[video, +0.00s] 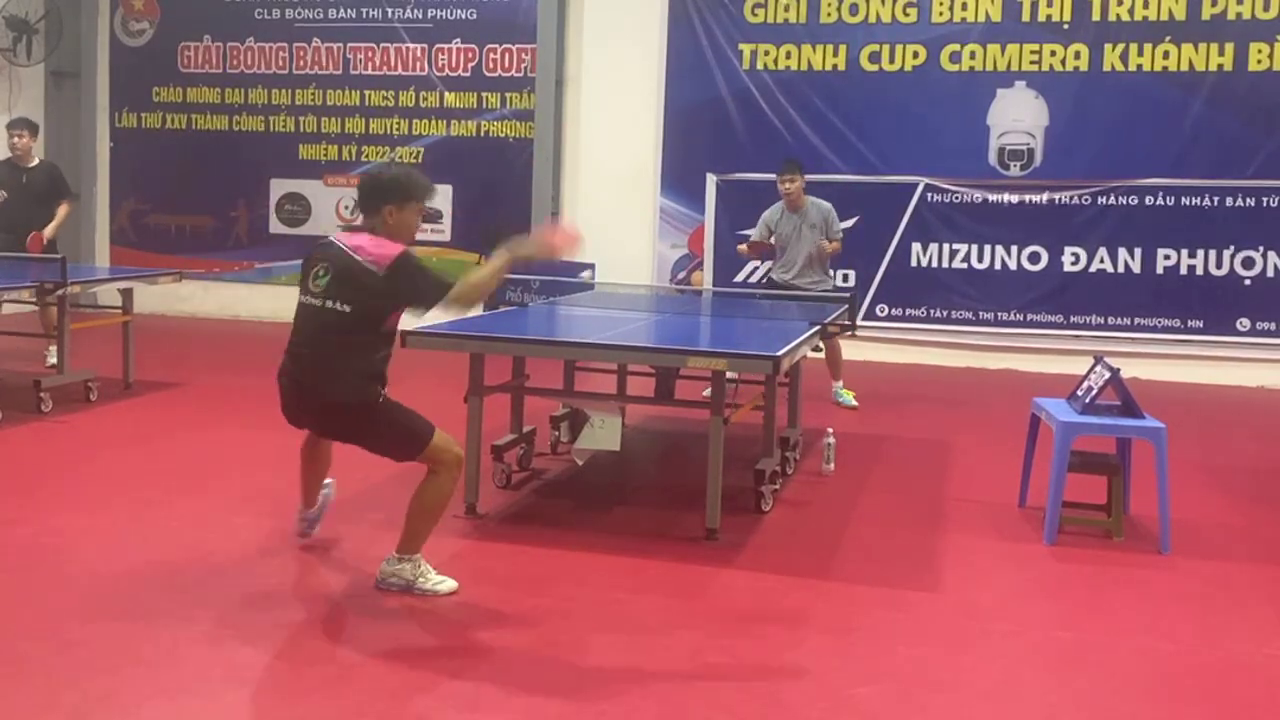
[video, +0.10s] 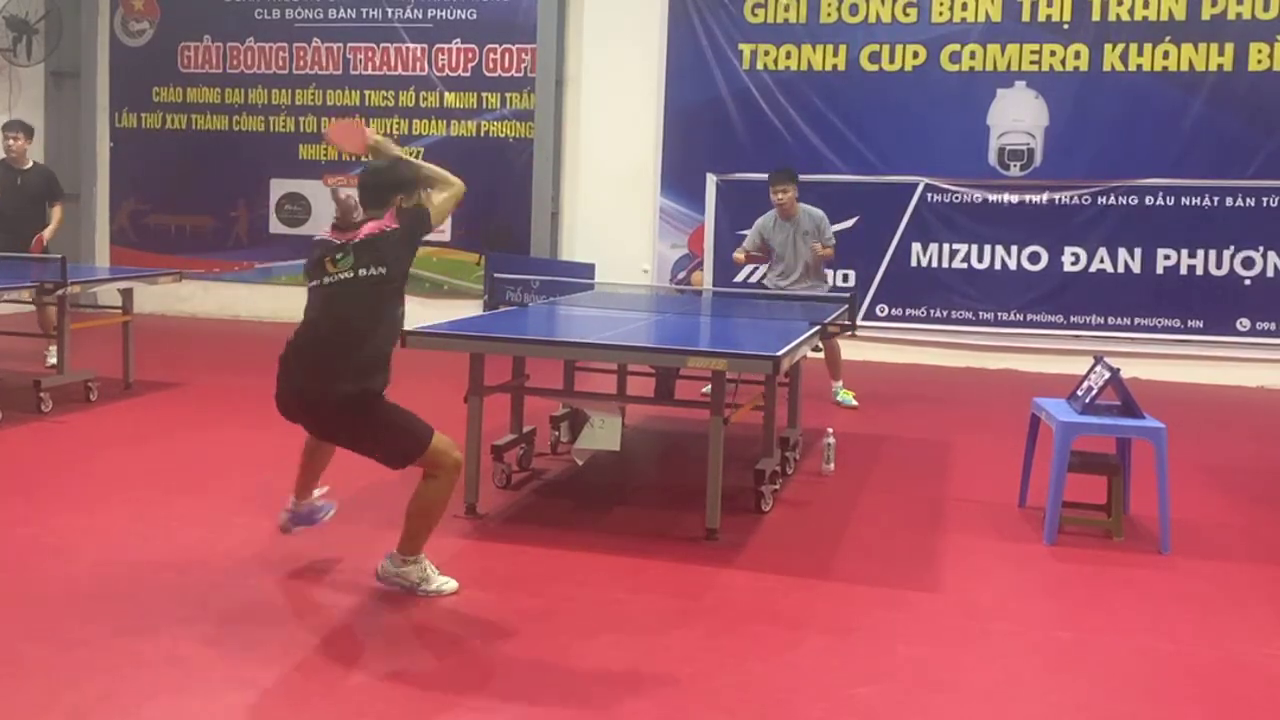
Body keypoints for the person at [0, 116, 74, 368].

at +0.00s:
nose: (14, 141)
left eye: (20, 137)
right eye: (11, 137)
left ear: (33, 140)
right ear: (7, 140)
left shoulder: (48, 170)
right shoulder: (3, 168)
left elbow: (66, 202)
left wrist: (50, 229)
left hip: (40, 247)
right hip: (7, 247)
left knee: (46, 296)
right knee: (1, 295)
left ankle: (52, 346)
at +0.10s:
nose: (9, 143)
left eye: (15, 139)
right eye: (6, 139)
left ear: (28, 142)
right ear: (2, 142)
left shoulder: (43, 174)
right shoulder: (2, 169)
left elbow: (57, 207)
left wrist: (49, 231)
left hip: (32, 253)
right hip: (4, 253)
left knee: (42, 298)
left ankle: (52, 345)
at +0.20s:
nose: (3, 148)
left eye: (9, 144)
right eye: (0, 143)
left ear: (21, 147)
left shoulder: (31, 177)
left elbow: (42, 206)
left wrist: (44, 231)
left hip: (22, 254)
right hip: (1, 254)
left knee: (35, 298)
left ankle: (51, 345)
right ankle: (51, 344)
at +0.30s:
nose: (2, 155)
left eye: (7, 151)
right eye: (0, 150)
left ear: (15, 155)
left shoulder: (18, 179)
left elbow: (25, 208)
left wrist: (32, 232)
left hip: (9, 252)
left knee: (25, 298)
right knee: (23, 299)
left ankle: (44, 346)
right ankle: (44, 346)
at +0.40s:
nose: (3, 165)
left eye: (6, 160)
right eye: (1, 160)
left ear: (12, 161)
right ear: (0, 160)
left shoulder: (12, 181)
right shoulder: (9, 181)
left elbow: (16, 208)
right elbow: (17, 208)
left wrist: (24, 233)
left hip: (3, 249)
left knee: (12, 294)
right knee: (11, 295)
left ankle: (25, 343)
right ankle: (24, 344)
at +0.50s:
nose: (4, 177)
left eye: (7, 172)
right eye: (2, 172)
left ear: (11, 171)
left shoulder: (10, 186)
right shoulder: (8, 187)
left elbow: (19, 208)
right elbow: (19, 208)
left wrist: (24, 232)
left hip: (2, 253)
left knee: (5, 295)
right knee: (4, 297)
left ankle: (4, 340)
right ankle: (4, 340)